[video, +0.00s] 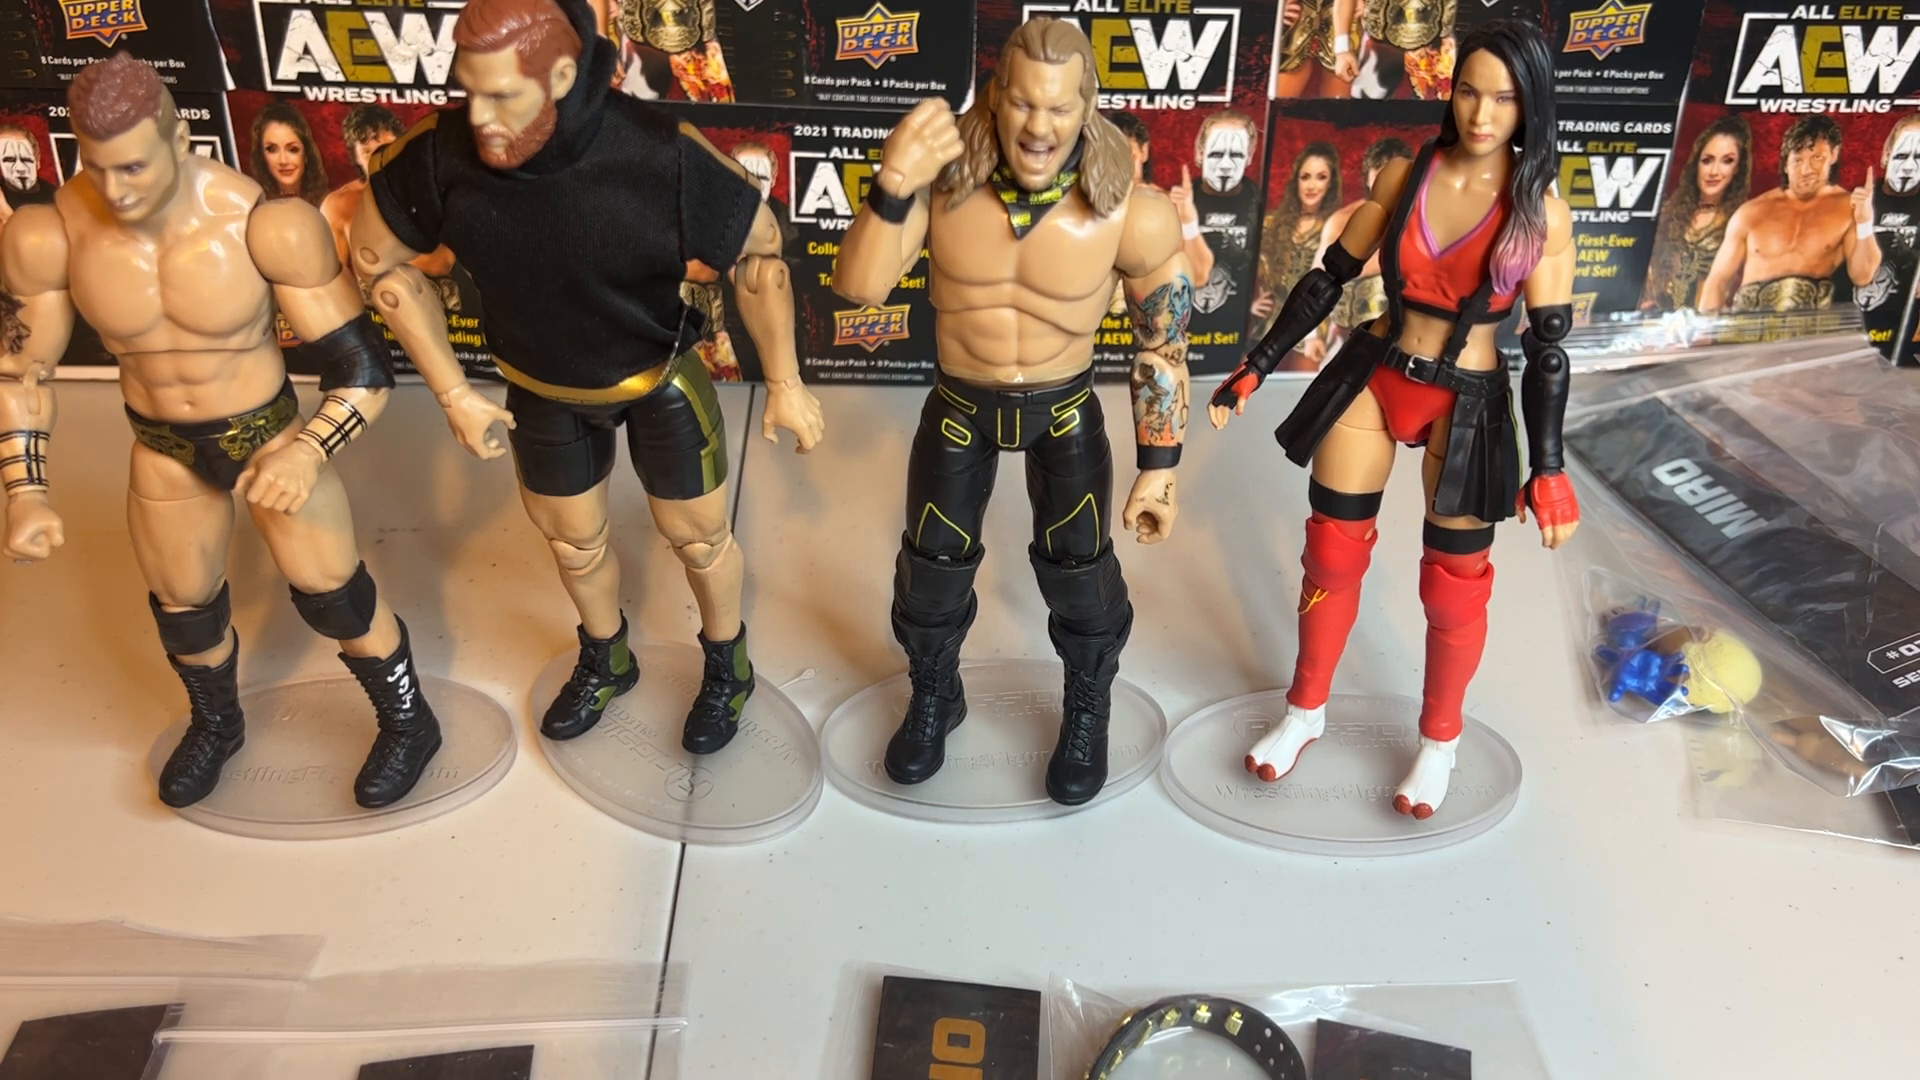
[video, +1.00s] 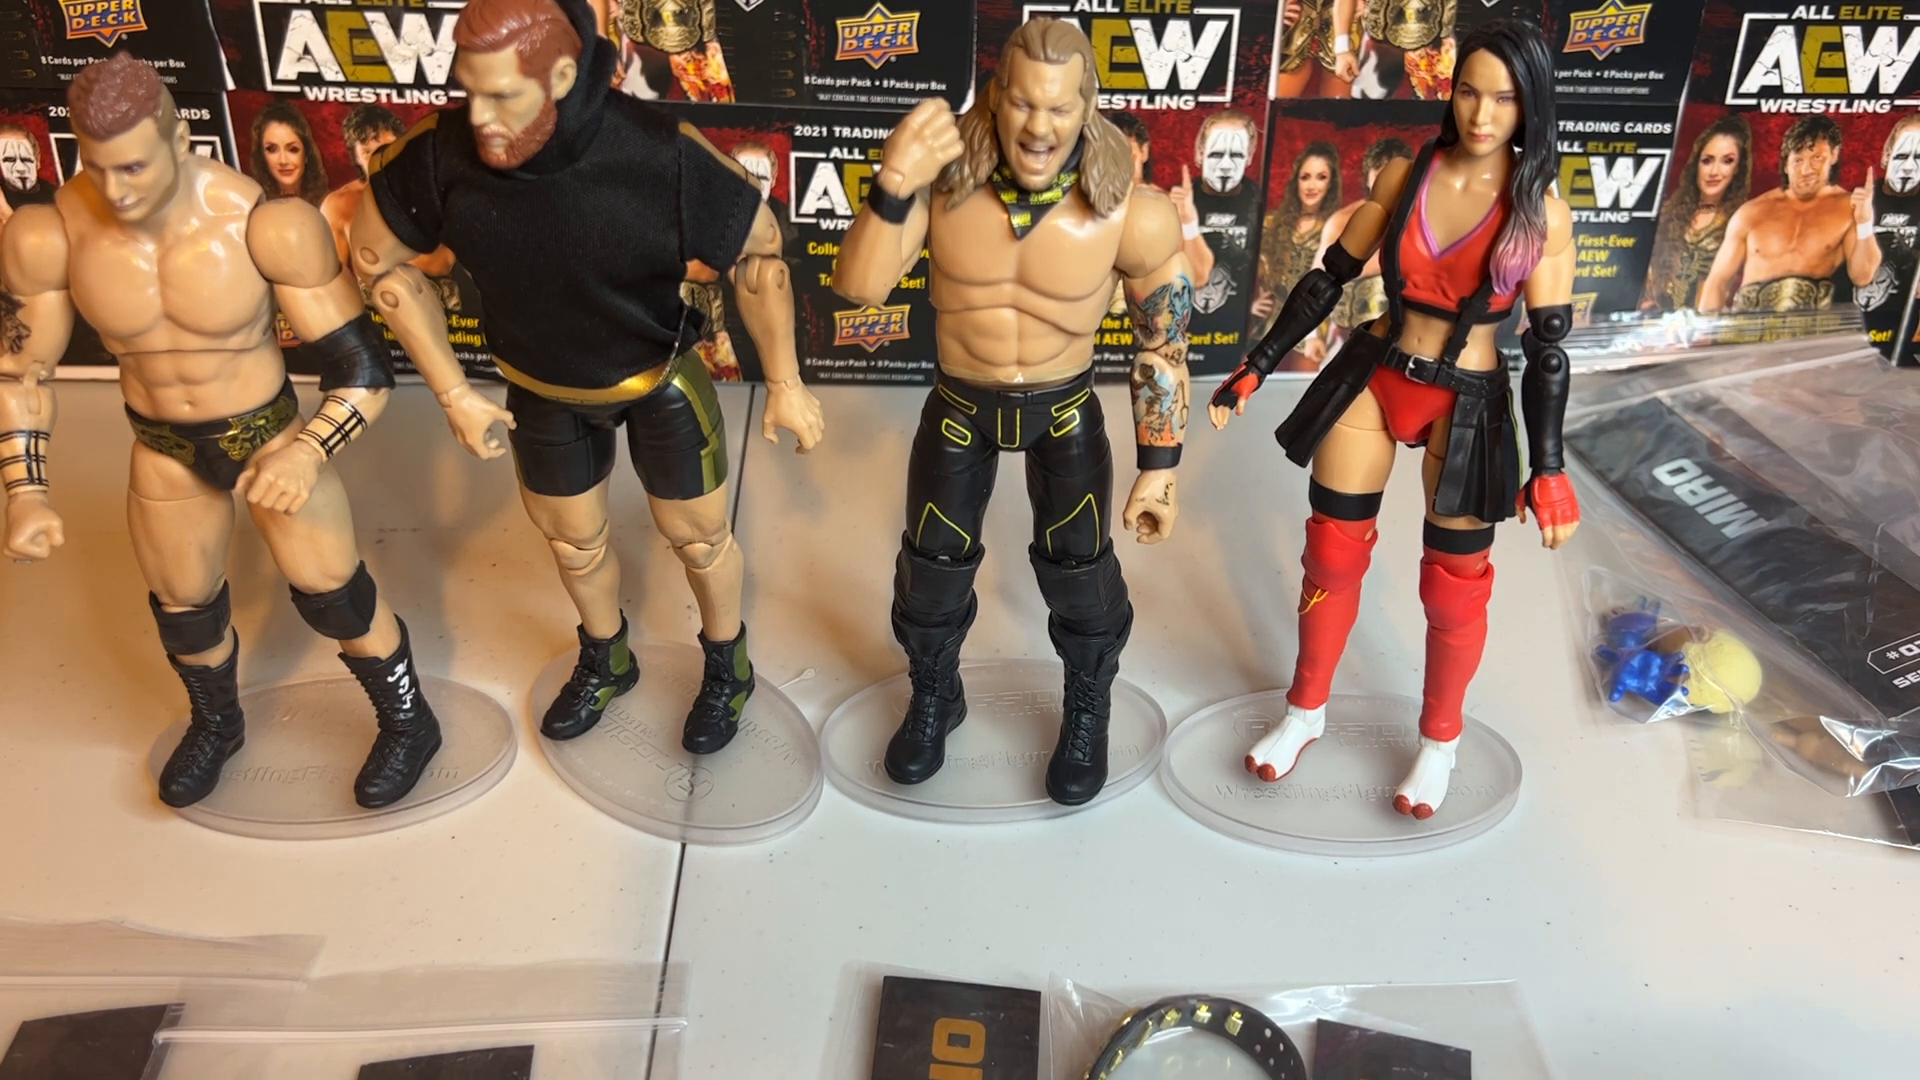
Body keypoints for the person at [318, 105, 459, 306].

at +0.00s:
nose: (379, 159)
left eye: (386, 149)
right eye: (368, 152)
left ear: (402, 147)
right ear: (355, 156)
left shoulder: (431, 191)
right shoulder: (338, 205)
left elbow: (442, 263)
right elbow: (337, 276)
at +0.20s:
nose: (380, 160)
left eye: (387, 150)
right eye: (369, 153)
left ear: (402, 147)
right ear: (356, 157)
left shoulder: (431, 191)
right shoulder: (338, 205)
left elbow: (443, 263)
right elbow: (337, 276)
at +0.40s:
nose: (379, 160)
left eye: (386, 150)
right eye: (368, 153)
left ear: (402, 148)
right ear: (356, 157)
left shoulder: (431, 191)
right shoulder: (338, 204)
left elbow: (442, 263)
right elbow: (337, 275)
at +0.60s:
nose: (379, 160)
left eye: (387, 150)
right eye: (369, 153)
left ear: (402, 148)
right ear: (355, 157)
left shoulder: (431, 191)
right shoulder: (339, 204)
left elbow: (443, 263)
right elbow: (337, 276)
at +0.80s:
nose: (380, 160)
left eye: (387, 150)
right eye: (369, 153)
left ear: (402, 147)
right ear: (356, 157)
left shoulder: (431, 191)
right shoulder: (339, 205)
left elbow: (443, 263)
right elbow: (336, 276)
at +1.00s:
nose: (380, 160)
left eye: (387, 150)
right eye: (369, 153)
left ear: (402, 147)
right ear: (356, 157)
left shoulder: (431, 191)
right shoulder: (339, 205)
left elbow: (443, 263)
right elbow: (336, 276)